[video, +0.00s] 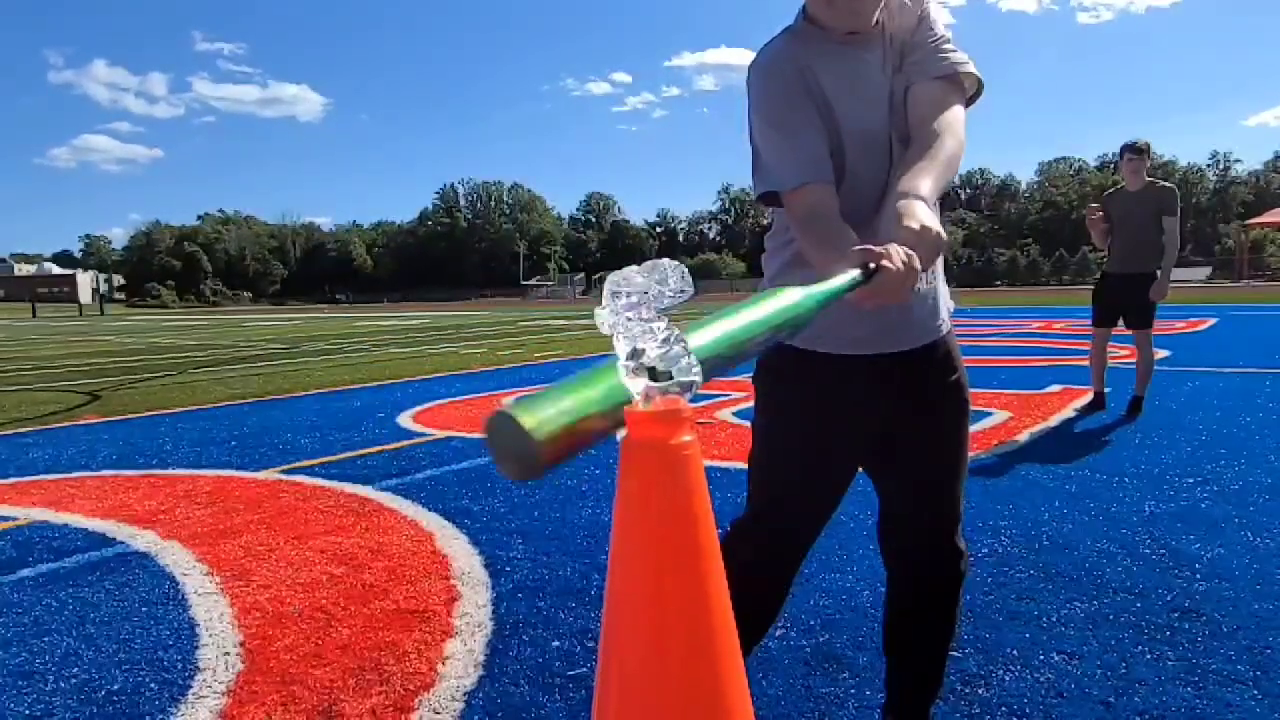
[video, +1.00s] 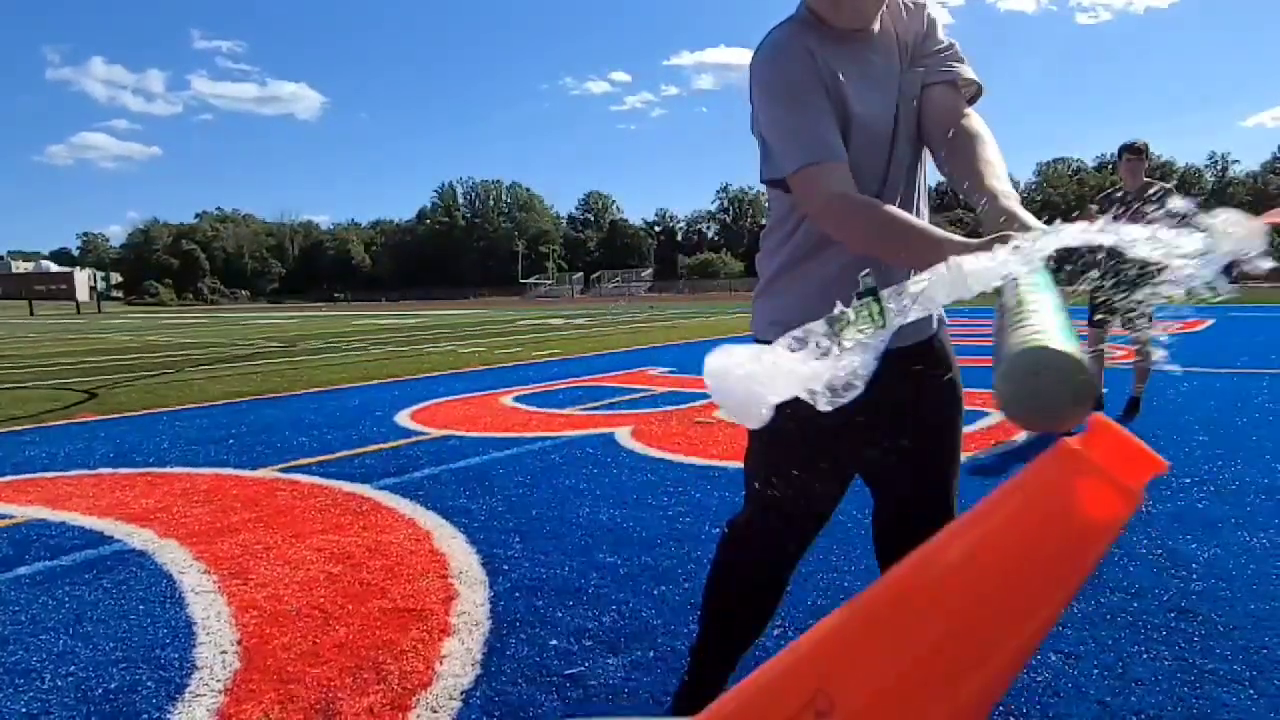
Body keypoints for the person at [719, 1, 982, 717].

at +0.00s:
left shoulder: (922, 23)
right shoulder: (781, 68)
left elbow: (944, 124)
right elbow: (810, 212)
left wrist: (916, 195)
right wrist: (855, 264)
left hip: (920, 357)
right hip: (814, 362)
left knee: (930, 559)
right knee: (765, 551)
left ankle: (908, 712)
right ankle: (684, 693)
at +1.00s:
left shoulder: (915, 18)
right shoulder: (787, 57)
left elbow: (954, 126)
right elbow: (832, 205)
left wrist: (1000, 201)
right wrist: (979, 263)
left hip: (912, 335)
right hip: (810, 345)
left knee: (923, 545)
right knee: (769, 537)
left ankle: (935, 695)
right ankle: (697, 701)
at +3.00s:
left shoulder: (907, 19)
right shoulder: (807, 42)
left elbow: (965, 132)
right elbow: (903, 180)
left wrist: (1087, 217)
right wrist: (1077, 236)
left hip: (900, 339)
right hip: (802, 345)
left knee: (912, 533)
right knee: (768, 531)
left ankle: (900, 693)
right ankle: (692, 698)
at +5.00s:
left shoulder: (890, 33)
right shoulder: (832, 31)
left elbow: (921, 175)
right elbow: (937, 165)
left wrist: (1018, 217)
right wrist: (1088, 209)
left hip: (886, 334)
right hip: (797, 334)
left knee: (901, 546)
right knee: (764, 529)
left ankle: (895, 707)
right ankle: (687, 697)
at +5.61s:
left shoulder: (860, 35)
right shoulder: (842, 29)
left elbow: (915, 174)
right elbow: (942, 160)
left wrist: (1011, 215)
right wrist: (1074, 204)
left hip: (881, 330)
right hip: (802, 331)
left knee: (900, 543)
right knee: (764, 530)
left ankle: (893, 708)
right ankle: (682, 702)